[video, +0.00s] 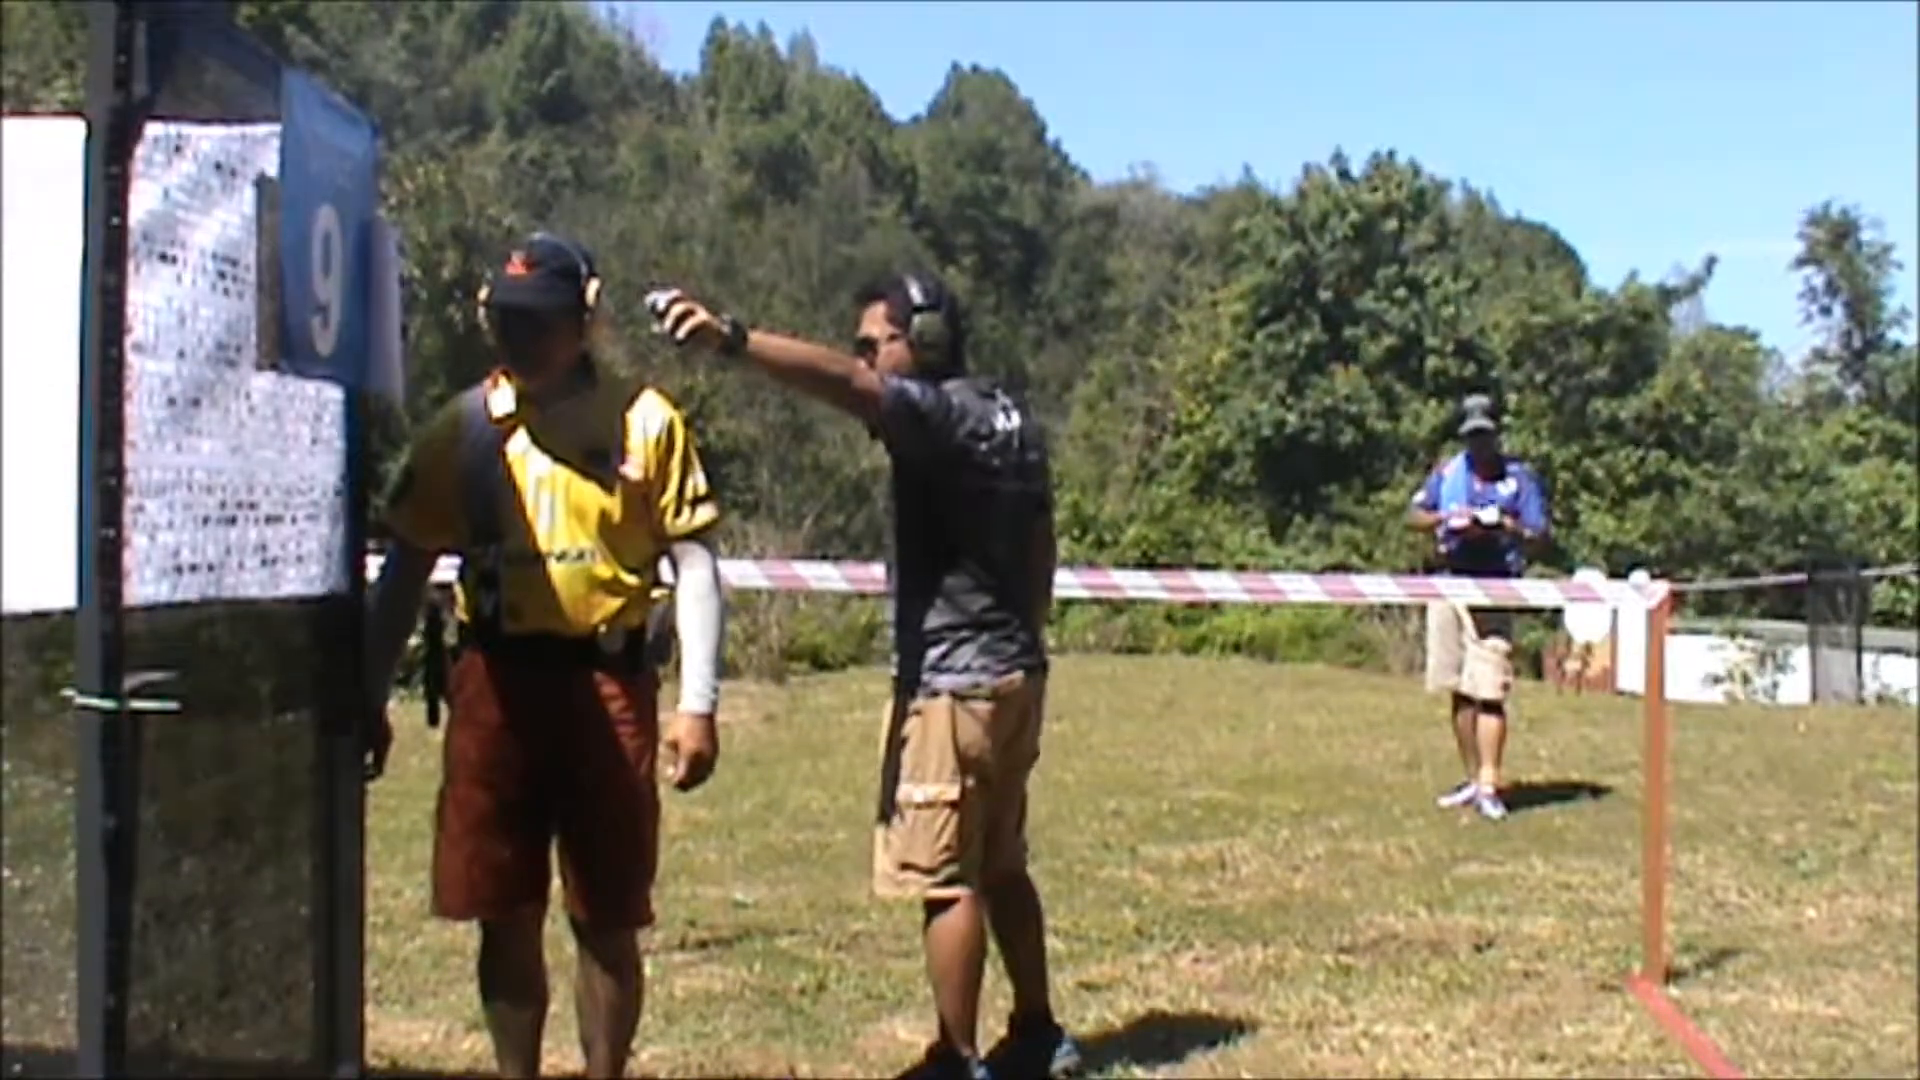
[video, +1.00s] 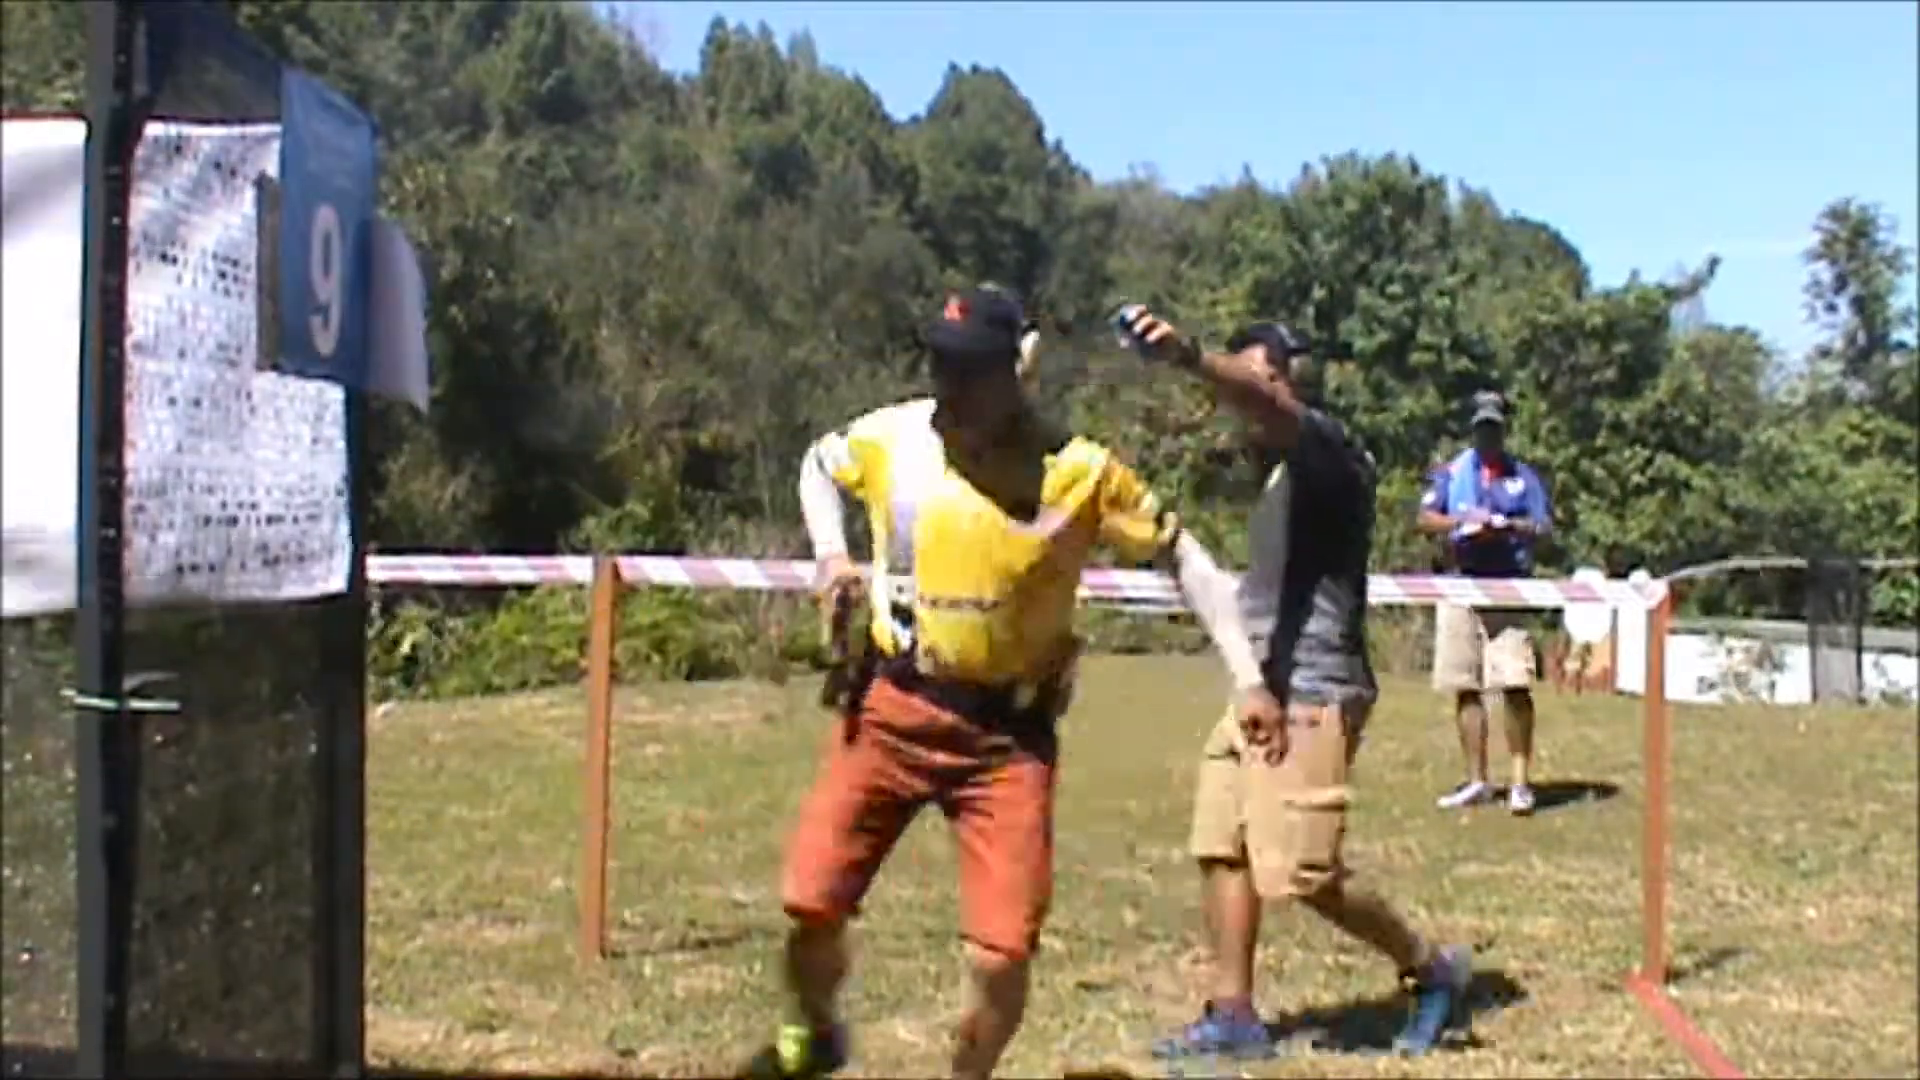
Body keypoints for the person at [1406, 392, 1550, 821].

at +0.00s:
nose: (1479, 444)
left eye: (1486, 435)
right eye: (1472, 436)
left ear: (1498, 436)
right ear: (1463, 439)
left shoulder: (1520, 479)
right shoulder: (1448, 472)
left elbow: (1540, 538)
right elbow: (1415, 515)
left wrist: (1508, 526)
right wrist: (1447, 520)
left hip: (1495, 589)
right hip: (1450, 588)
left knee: (1490, 690)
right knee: (1459, 689)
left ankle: (1489, 783)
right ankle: (1471, 776)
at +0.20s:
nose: (1481, 444)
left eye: (1487, 435)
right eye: (1473, 436)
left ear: (1499, 436)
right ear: (1463, 439)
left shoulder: (1520, 480)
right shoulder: (1449, 473)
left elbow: (1540, 539)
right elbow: (1414, 514)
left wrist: (1511, 526)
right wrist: (1446, 519)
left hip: (1495, 589)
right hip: (1450, 588)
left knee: (1490, 690)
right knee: (1459, 690)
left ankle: (1489, 783)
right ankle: (1471, 776)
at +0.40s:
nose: (1482, 443)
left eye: (1488, 435)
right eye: (1475, 436)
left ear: (1500, 435)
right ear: (1464, 437)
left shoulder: (1518, 479)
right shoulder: (1449, 472)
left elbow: (1540, 534)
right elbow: (1413, 514)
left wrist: (1510, 525)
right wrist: (1449, 519)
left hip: (1495, 589)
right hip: (1449, 588)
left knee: (1490, 689)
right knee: (1459, 689)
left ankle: (1489, 783)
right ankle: (1471, 776)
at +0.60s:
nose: (1482, 443)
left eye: (1489, 435)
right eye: (1475, 436)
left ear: (1499, 435)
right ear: (1464, 436)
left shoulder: (1518, 477)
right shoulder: (1448, 472)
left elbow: (1542, 532)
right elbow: (1414, 514)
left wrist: (1507, 525)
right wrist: (1452, 520)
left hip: (1495, 588)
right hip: (1449, 587)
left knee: (1491, 690)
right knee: (1459, 689)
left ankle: (1489, 783)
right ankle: (1471, 777)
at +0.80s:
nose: (1484, 441)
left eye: (1490, 433)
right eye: (1477, 434)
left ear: (1501, 434)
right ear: (1466, 434)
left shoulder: (1518, 478)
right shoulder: (1448, 473)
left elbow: (1541, 529)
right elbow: (1418, 515)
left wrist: (1504, 524)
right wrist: (1454, 523)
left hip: (1498, 587)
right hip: (1453, 587)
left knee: (1495, 689)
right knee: (1460, 689)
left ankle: (1494, 783)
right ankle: (1473, 778)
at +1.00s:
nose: (1488, 437)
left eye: (1495, 428)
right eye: (1481, 429)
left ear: (1506, 431)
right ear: (1471, 431)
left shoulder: (1524, 477)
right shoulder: (1452, 473)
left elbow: (1543, 527)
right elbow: (1426, 517)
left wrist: (1506, 525)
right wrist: (1463, 525)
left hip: (1508, 587)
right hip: (1461, 587)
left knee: (1515, 684)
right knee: (1466, 688)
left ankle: (1520, 778)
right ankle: (1477, 778)